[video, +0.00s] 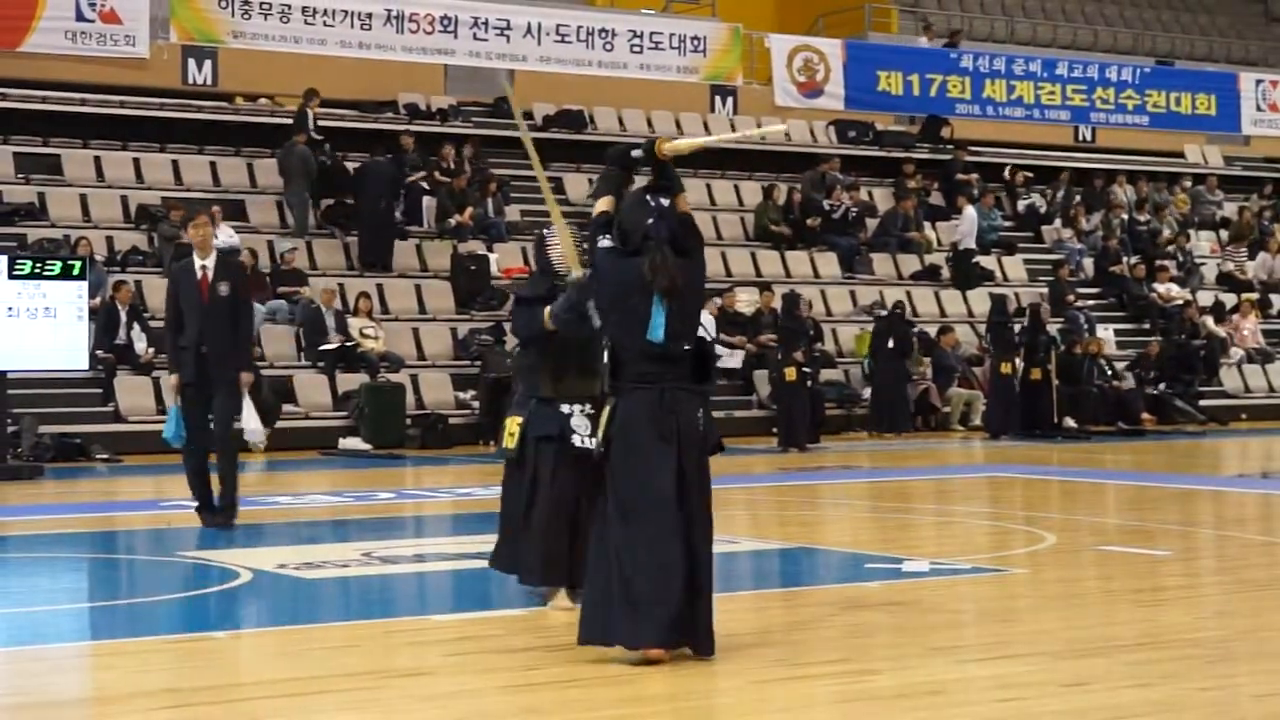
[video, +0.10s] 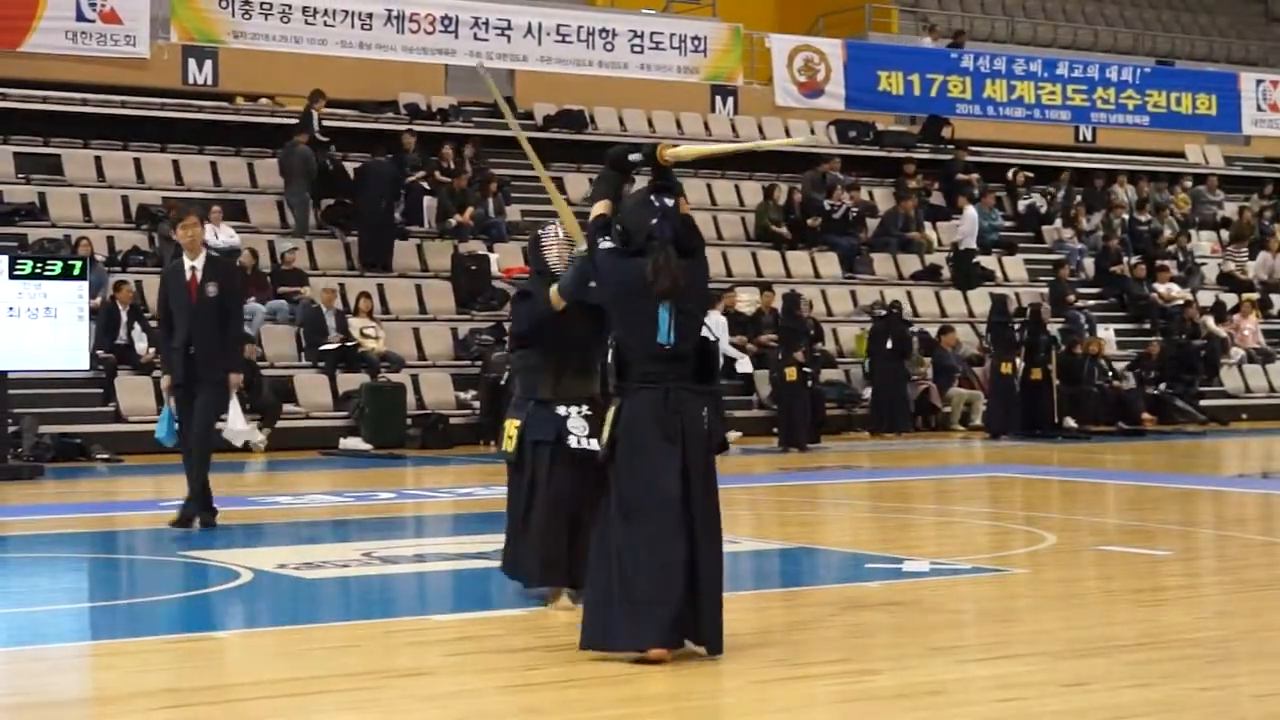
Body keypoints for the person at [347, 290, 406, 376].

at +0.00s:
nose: (366, 304)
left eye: (369, 301)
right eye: (363, 301)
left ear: (371, 304)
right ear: (357, 303)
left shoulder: (375, 321)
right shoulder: (350, 321)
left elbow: (381, 335)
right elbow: (354, 339)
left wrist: (379, 347)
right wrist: (369, 347)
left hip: (378, 349)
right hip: (363, 349)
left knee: (399, 361)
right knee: (374, 362)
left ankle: (387, 382)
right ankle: (373, 384)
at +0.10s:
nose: (367, 304)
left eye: (369, 301)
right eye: (364, 301)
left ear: (372, 304)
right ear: (358, 303)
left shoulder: (375, 321)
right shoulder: (351, 321)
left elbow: (382, 335)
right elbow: (354, 338)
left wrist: (380, 347)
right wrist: (370, 347)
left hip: (378, 349)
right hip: (364, 349)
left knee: (399, 361)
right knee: (374, 362)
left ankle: (387, 382)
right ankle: (374, 383)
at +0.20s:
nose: (367, 304)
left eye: (370, 301)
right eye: (364, 301)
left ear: (372, 304)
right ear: (358, 303)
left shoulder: (375, 321)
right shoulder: (351, 321)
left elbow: (382, 334)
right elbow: (355, 338)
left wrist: (380, 347)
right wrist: (371, 347)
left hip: (379, 348)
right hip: (365, 349)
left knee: (400, 361)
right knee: (375, 362)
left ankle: (388, 381)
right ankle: (375, 382)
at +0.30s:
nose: (368, 304)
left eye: (370, 301)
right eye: (365, 301)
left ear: (373, 304)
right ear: (359, 303)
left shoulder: (376, 321)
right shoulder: (352, 320)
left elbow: (382, 335)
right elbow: (357, 339)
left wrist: (381, 347)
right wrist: (373, 347)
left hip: (379, 348)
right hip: (364, 349)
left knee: (400, 360)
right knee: (375, 360)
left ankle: (386, 379)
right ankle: (376, 383)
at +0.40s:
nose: (369, 304)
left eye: (371, 301)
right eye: (366, 301)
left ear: (374, 304)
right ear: (359, 302)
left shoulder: (377, 321)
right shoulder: (353, 321)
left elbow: (383, 334)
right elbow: (358, 339)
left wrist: (382, 347)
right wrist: (374, 347)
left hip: (380, 347)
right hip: (365, 349)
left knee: (401, 361)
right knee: (376, 361)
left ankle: (387, 379)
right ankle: (377, 383)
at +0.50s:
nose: (369, 303)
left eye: (372, 301)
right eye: (366, 300)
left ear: (374, 304)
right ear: (360, 302)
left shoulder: (377, 321)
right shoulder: (353, 320)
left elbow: (383, 335)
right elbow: (359, 338)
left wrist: (382, 347)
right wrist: (374, 347)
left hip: (381, 347)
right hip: (366, 348)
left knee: (402, 360)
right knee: (376, 361)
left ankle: (388, 379)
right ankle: (377, 383)